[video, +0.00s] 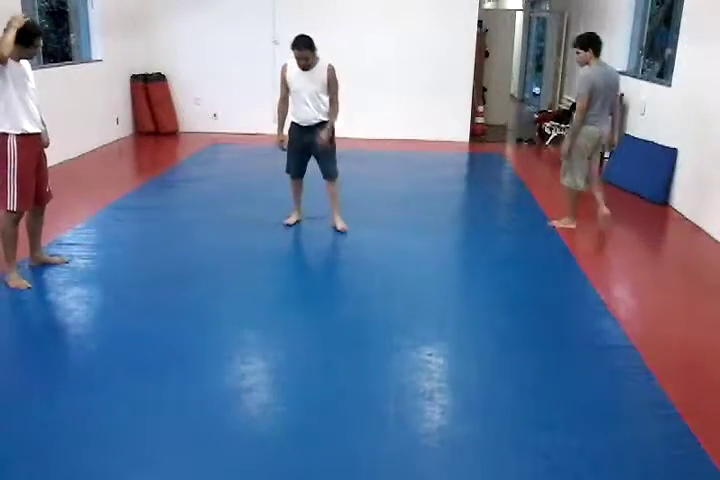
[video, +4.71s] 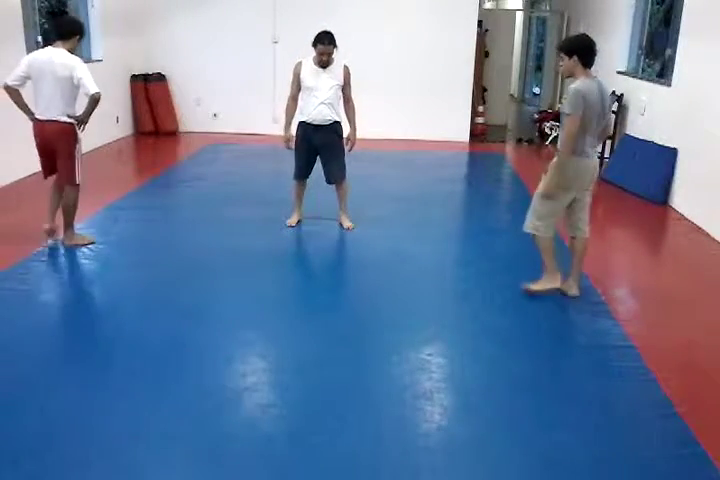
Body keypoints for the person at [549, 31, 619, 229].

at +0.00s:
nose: (576, 57)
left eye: (578, 53)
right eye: (575, 53)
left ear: (589, 52)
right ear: (593, 52)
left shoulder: (587, 75)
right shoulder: (612, 74)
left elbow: (580, 111)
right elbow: (615, 107)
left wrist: (568, 139)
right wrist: (613, 134)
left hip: (585, 129)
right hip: (602, 129)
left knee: (572, 173)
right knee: (593, 173)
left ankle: (570, 217)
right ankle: (602, 206)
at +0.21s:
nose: (567, 55)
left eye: (570, 51)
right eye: (567, 51)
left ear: (581, 50)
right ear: (584, 51)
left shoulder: (584, 71)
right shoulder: (599, 70)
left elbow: (578, 106)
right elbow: (604, 102)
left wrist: (559, 130)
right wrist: (604, 127)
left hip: (584, 125)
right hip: (595, 125)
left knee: (572, 168)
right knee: (577, 167)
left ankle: (572, 217)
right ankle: (575, 213)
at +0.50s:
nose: (567, 56)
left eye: (570, 51)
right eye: (566, 51)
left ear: (582, 51)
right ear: (569, 51)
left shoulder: (592, 71)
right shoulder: (576, 70)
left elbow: (597, 102)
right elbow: (575, 98)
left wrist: (594, 123)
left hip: (585, 122)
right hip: (573, 121)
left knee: (576, 169)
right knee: (570, 168)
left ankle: (574, 216)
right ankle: (570, 212)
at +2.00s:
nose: (574, 61)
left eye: (579, 57)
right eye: (572, 56)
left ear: (592, 57)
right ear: (570, 55)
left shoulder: (606, 82)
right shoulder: (564, 77)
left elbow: (613, 118)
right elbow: (551, 107)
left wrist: (610, 152)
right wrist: (535, 132)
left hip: (591, 144)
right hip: (564, 142)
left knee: (589, 199)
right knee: (555, 193)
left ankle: (582, 237)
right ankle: (560, 238)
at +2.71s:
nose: (582, 63)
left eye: (587, 59)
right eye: (582, 58)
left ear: (604, 62)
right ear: (595, 60)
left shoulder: (622, 92)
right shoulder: (585, 84)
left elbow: (628, 136)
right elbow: (580, 122)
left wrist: (624, 175)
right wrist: (573, 153)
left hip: (606, 160)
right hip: (578, 155)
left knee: (602, 220)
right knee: (567, 216)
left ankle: (594, 271)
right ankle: (571, 272)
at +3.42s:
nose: (564, 65)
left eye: (567, 60)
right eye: (563, 60)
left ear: (583, 60)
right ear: (580, 61)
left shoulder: (598, 95)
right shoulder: (582, 88)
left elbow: (598, 145)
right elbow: (575, 132)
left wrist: (592, 187)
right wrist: (554, 145)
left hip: (584, 168)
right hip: (571, 164)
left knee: (577, 232)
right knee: (565, 225)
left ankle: (572, 301)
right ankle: (570, 281)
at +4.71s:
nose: (559, 65)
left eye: (562, 59)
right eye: (559, 59)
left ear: (576, 59)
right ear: (582, 60)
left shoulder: (577, 90)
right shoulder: (601, 88)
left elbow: (569, 134)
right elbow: (605, 130)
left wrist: (554, 170)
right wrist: (583, 144)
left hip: (569, 162)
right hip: (590, 163)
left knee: (539, 218)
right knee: (580, 225)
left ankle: (550, 275)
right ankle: (573, 281)